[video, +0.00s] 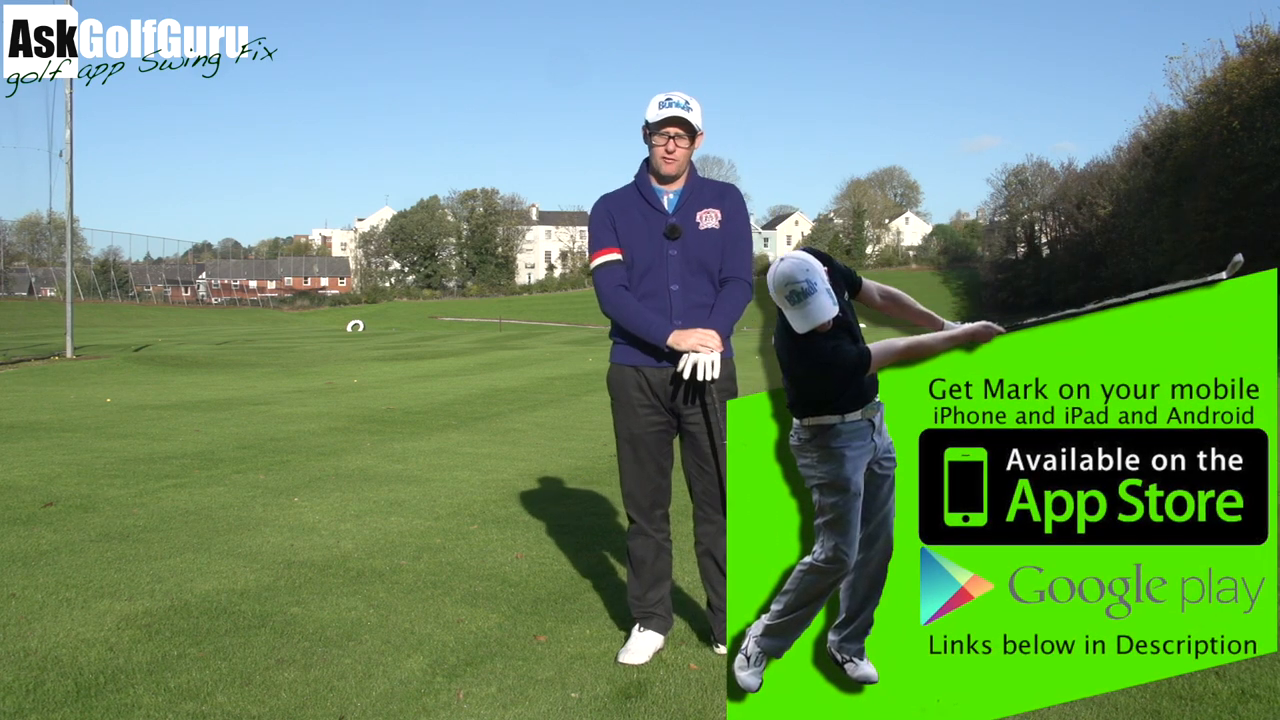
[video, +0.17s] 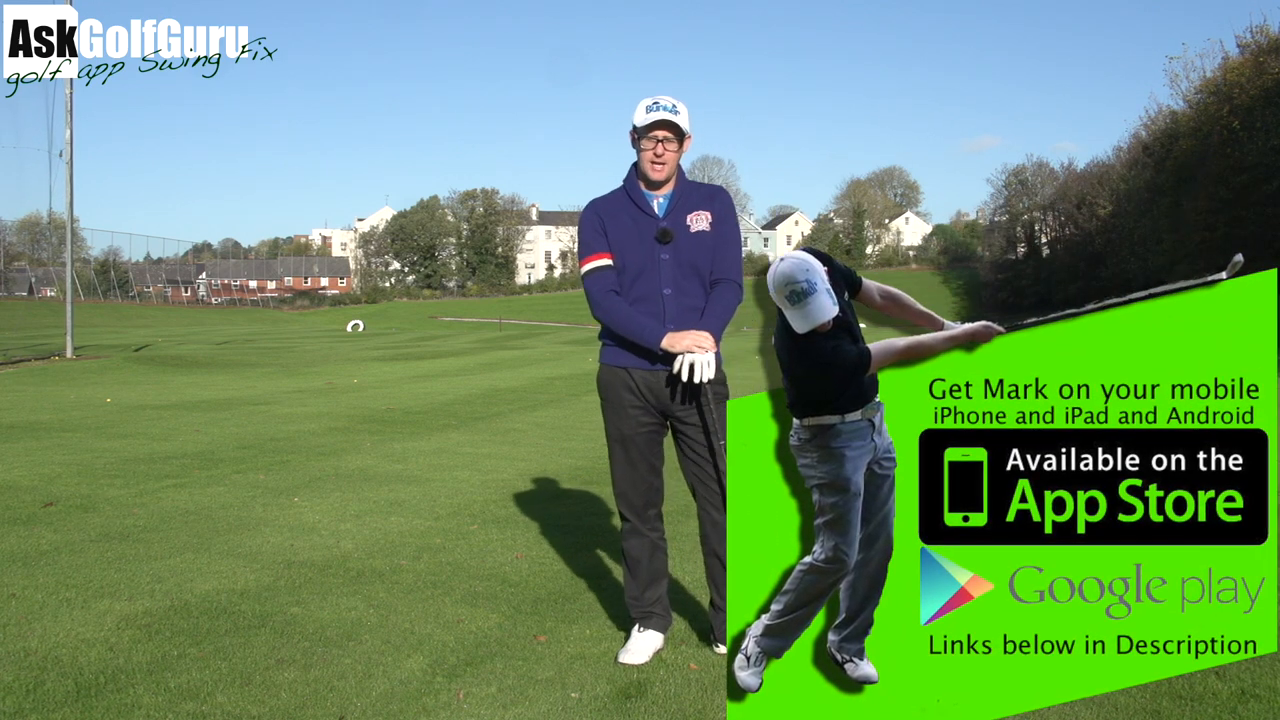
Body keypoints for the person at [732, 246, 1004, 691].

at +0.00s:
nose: (824, 323)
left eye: (825, 310)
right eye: (811, 321)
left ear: (823, 284)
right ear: (786, 309)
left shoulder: (818, 268)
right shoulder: (808, 351)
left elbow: (880, 296)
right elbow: (899, 352)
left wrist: (946, 327)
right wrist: (963, 337)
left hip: (871, 425)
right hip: (829, 439)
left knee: (874, 547)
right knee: (835, 555)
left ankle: (846, 643)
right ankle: (762, 641)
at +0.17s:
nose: (823, 323)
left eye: (825, 310)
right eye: (811, 321)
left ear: (823, 284)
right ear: (786, 308)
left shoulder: (818, 268)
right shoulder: (808, 350)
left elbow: (880, 296)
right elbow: (899, 352)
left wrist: (946, 327)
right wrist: (963, 337)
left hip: (871, 425)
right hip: (829, 439)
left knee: (874, 546)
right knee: (835, 554)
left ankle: (846, 642)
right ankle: (762, 641)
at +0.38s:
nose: (823, 323)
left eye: (825, 310)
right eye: (811, 321)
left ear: (823, 284)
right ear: (786, 308)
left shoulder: (818, 268)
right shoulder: (808, 350)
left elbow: (880, 296)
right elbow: (899, 352)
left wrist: (946, 327)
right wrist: (963, 337)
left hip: (871, 425)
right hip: (829, 439)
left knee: (874, 546)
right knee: (835, 555)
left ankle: (846, 642)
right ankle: (762, 641)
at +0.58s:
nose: (823, 324)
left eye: (825, 310)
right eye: (811, 321)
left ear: (823, 284)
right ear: (785, 307)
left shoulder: (819, 268)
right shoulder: (807, 350)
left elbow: (880, 296)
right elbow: (898, 352)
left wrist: (945, 326)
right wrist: (962, 337)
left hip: (871, 425)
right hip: (828, 439)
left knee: (874, 546)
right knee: (835, 555)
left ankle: (846, 643)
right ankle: (762, 641)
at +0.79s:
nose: (823, 324)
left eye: (825, 310)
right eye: (810, 322)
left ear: (824, 284)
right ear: (786, 307)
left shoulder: (819, 268)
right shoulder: (808, 351)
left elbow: (880, 296)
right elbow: (900, 352)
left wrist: (946, 327)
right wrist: (963, 337)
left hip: (871, 425)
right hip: (828, 439)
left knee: (874, 546)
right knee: (835, 555)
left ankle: (846, 642)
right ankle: (762, 641)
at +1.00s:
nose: (823, 323)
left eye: (825, 310)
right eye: (811, 321)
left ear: (823, 284)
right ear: (786, 308)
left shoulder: (818, 268)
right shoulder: (808, 350)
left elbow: (880, 296)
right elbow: (899, 352)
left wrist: (946, 327)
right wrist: (963, 337)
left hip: (871, 425)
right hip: (828, 439)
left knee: (874, 546)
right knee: (835, 555)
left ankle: (846, 642)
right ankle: (762, 641)